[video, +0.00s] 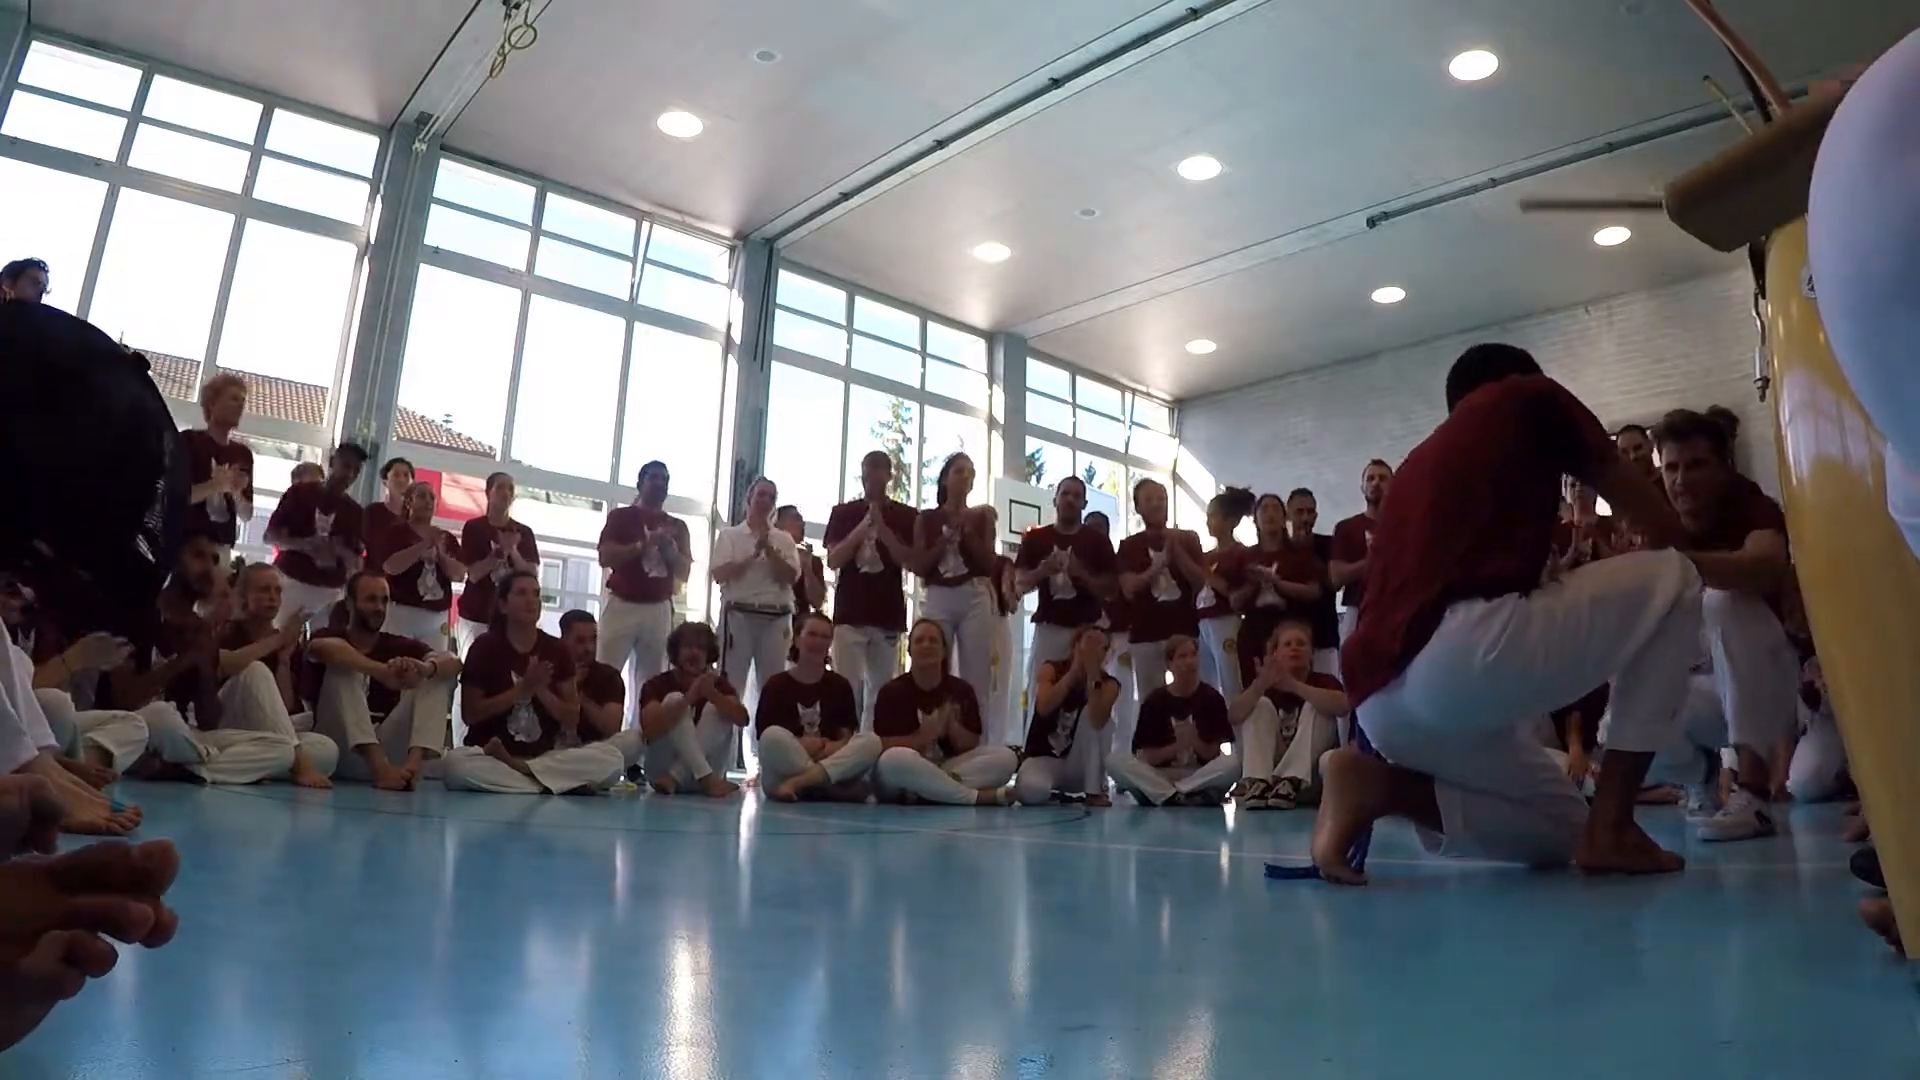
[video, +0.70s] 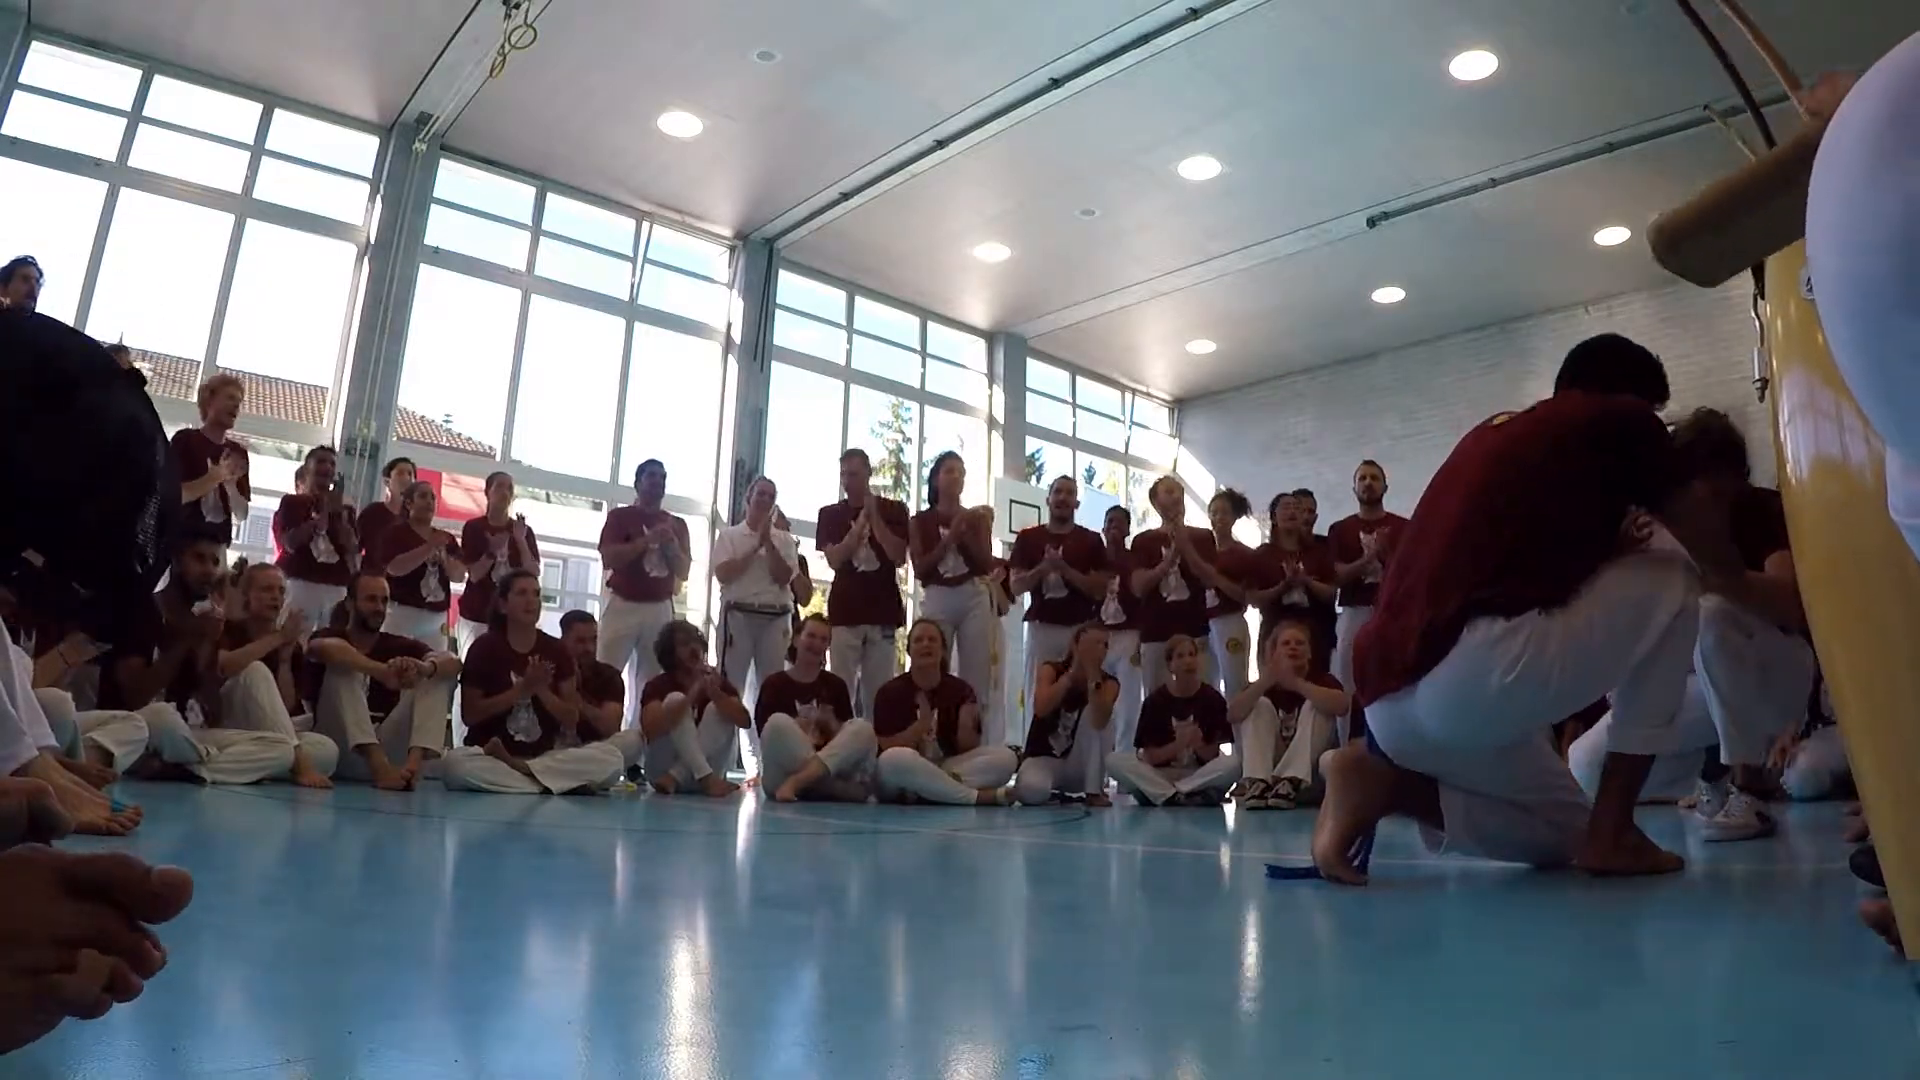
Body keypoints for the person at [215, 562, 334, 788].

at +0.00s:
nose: (273, 597)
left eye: (277, 591)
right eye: (264, 590)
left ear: (282, 596)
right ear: (244, 596)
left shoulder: (287, 643)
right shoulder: (225, 632)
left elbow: (288, 708)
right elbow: (223, 667)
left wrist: (284, 660)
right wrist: (280, 638)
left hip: (270, 729)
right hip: (225, 724)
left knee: (327, 751)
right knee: (255, 673)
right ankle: (299, 762)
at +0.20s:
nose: (274, 597)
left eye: (278, 590)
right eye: (264, 590)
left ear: (283, 596)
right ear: (244, 596)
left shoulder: (285, 641)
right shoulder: (226, 633)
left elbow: (286, 707)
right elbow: (226, 666)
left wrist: (291, 662)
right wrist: (278, 637)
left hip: (271, 733)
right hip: (227, 727)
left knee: (327, 751)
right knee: (255, 671)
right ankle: (300, 762)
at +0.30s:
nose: (208, 571)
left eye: (214, 563)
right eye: (197, 559)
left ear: (220, 571)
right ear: (173, 560)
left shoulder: (204, 620)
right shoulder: (144, 609)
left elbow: (207, 714)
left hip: (184, 734)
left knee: (283, 750)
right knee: (162, 714)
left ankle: (185, 771)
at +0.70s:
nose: (209, 570)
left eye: (215, 562)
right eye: (199, 559)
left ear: (221, 568)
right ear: (176, 559)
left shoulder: (208, 620)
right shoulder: (143, 610)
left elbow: (209, 701)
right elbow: (134, 695)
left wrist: (209, 648)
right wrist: (188, 635)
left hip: (188, 732)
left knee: (284, 750)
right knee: (161, 715)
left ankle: (182, 770)